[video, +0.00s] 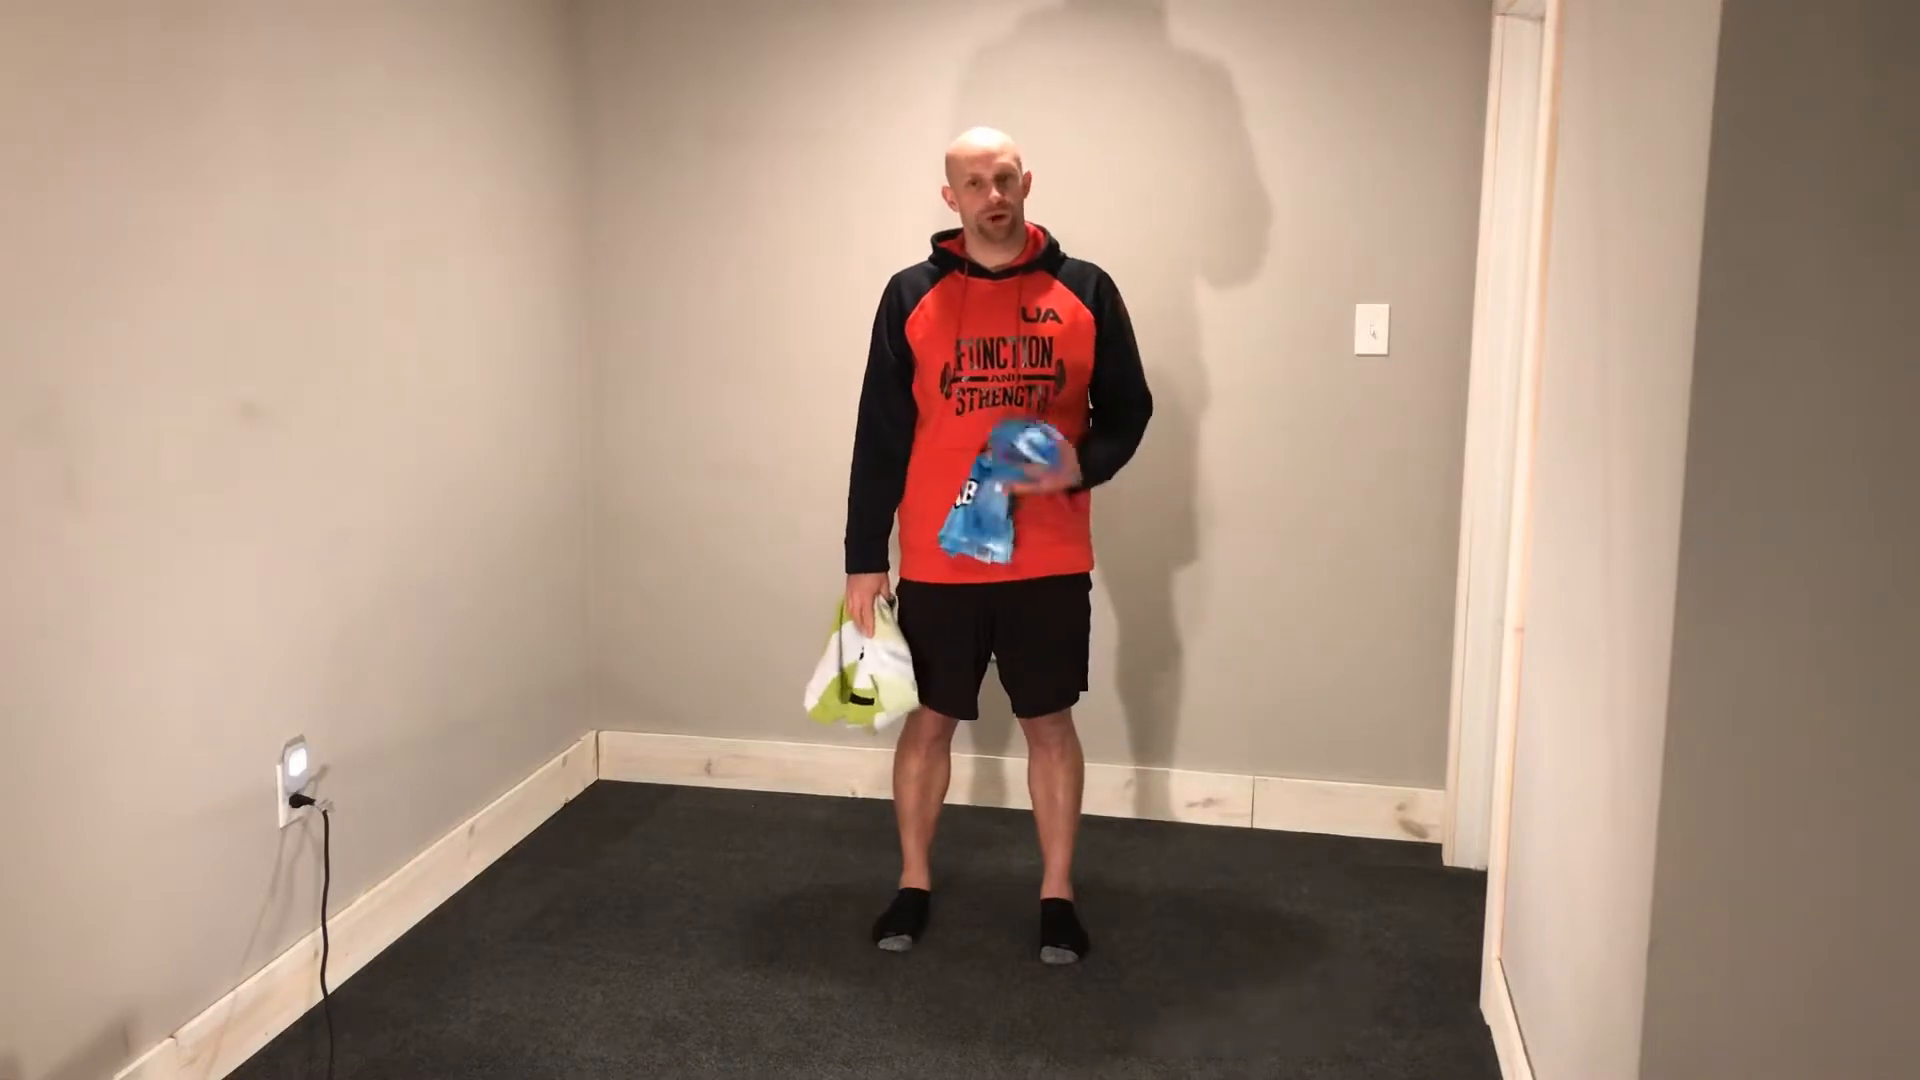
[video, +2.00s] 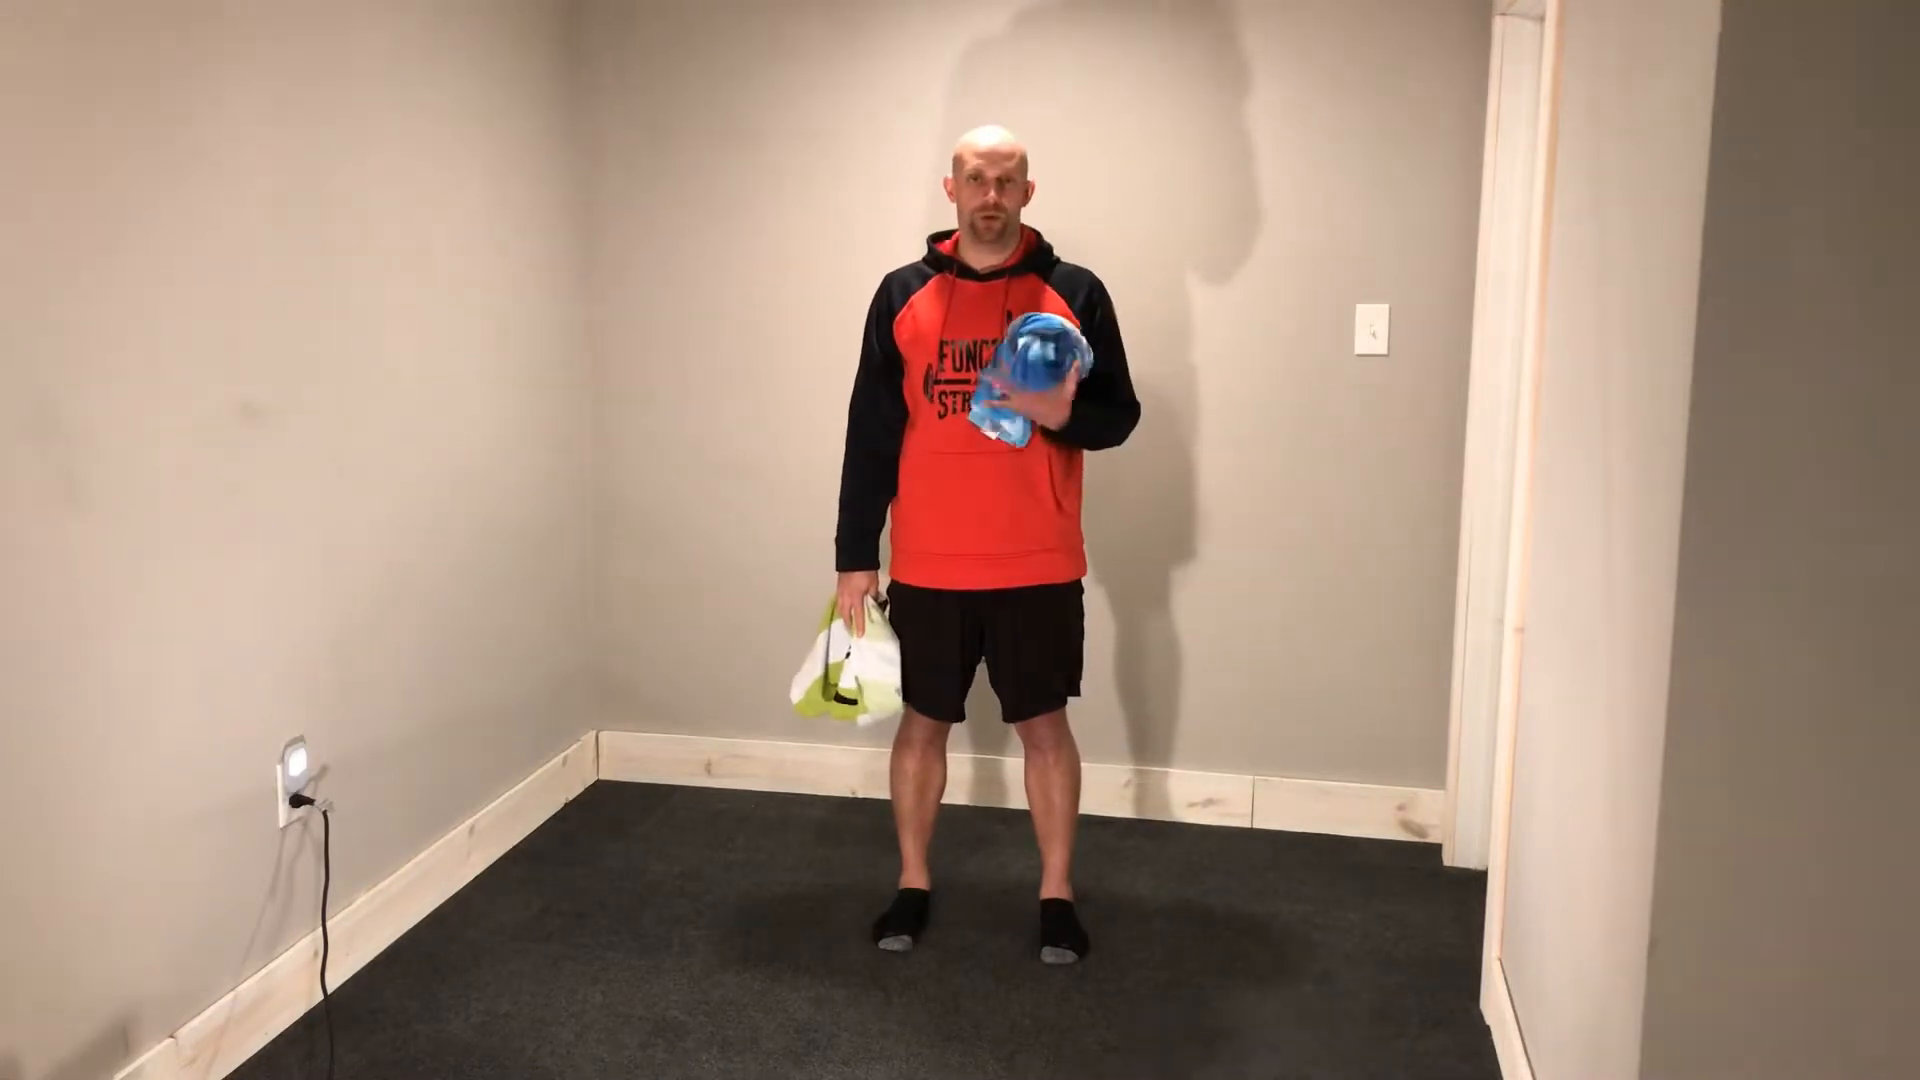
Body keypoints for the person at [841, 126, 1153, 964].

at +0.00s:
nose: (994, 194)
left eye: (1005, 179)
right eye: (977, 182)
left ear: (1027, 185)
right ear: (950, 196)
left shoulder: (1085, 290)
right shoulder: (911, 296)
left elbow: (1127, 410)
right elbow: (880, 434)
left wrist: (1078, 469)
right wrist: (864, 559)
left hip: (1044, 553)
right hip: (939, 556)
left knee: (1048, 723)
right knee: (928, 720)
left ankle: (1057, 896)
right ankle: (912, 886)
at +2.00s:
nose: (993, 194)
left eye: (1007, 181)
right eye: (979, 180)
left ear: (1027, 191)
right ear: (952, 188)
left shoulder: (1076, 294)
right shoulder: (904, 294)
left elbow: (1119, 417)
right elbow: (871, 431)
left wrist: (1065, 414)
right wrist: (856, 555)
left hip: (1036, 563)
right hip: (931, 563)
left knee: (1043, 726)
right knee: (923, 724)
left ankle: (1058, 896)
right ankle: (911, 888)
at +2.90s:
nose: (986, 203)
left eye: (999, 187)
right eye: (969, 187)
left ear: (1018, 189)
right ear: (940, 193)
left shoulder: (1069, 289)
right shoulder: (901, 300)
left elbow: (1126, 396)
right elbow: (875, 438)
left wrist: (1109, 388)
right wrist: (864, 565)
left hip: (1044, 560)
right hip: (937, 563)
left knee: (1048, 725)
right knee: (925, 722)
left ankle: (1057, 897)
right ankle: (912, 889)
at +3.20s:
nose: (987, 200)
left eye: (1000, 184)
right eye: (970, 185)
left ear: (1021, 189)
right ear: (944, 194)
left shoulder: (1073, 290)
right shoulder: (906, 299)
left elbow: (1127, 400)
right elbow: (876, 439)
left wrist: (1106, 398)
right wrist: (857, 562)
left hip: (1045, 560)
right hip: (938, 563)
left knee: (1048, 725)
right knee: (926, 721)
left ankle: (1059, 897)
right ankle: (912, 888)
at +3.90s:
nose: (962, 222)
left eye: (976, 206)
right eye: (953, 205)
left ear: (1026, 191)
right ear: (946, 199)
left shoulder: (1091, 296)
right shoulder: (918, 288)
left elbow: (1131, 409)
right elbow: (850, 366)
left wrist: (1091, 444)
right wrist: (778, 386)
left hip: (1043, 558)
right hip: (937, 555)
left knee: (1046, 721)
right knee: (927, 716)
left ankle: (1058, 897)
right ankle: (912, 888)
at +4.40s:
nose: (977, 214)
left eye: (992, 197)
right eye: (967, 198)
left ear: (1037, 190)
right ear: (959, 196)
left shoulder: (1092, 300)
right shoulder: (916, 281)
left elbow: (1131, 416)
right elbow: (822, 302)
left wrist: (1085, 453)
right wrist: (761, 239)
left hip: (1037, 559)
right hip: (932, 551)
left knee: (1044, 721)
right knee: (926, 716)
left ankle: (1057, 899)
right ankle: (913, 888)